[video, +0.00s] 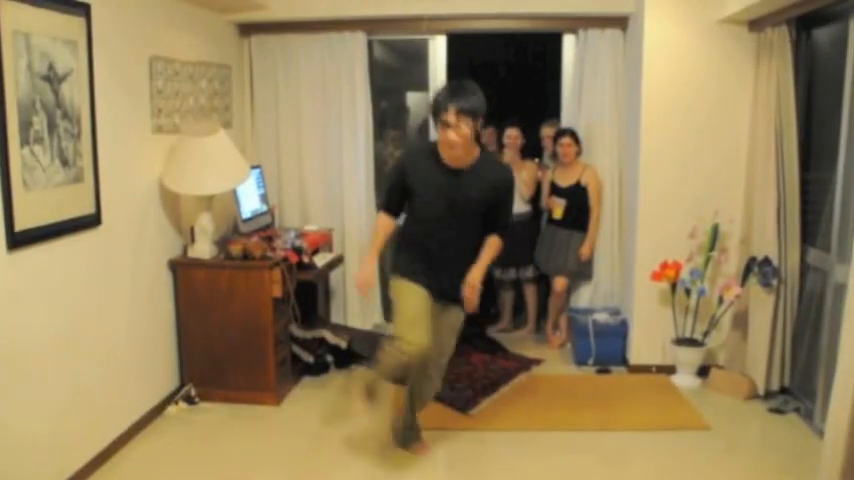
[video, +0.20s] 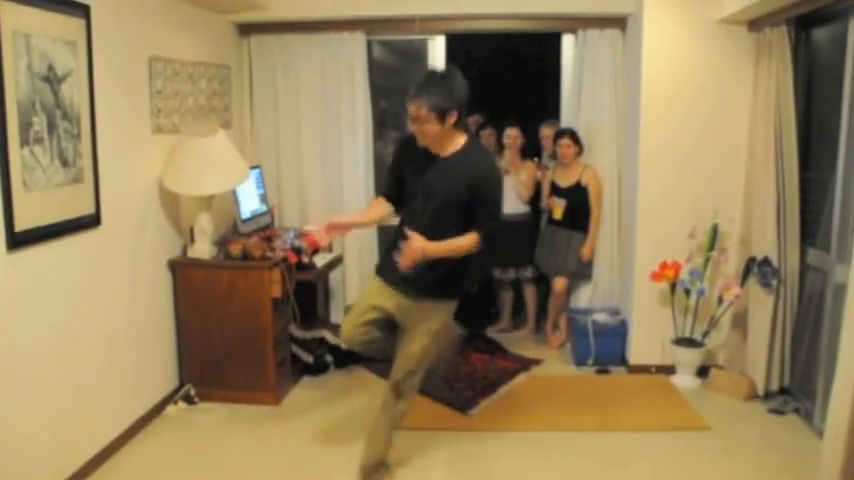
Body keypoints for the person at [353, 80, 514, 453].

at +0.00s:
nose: (453, 135)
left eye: (461, 126)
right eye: (446, 126)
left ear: (477, 127)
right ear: (435, 125)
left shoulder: (496, 175)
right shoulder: (415, 160)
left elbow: (497, 232)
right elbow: (389, 211)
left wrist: (475, 276)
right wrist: (370, 260)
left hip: (459, 277)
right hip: (412, 265)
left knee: (435, 361)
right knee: (415, 343)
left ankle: (408, 421)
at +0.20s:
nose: (414, 128)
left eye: (422, 120)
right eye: (412, 119)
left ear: (452, 118)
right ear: (410, 115)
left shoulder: (480, 167)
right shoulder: (411, 148)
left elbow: (483, 236)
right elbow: (388, 203)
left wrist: (430, 248)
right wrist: (347, 223)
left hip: (437, 298)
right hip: (391, 281)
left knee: (400, 383)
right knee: (353, 334)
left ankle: (373, 464)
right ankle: (426, 350)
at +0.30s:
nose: (405, 139)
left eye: (413, 131)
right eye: (403, 130)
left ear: (442, 130)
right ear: (403, 129)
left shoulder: (469, 184)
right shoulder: (410, 165)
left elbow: (451, 254)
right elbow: (394, 218)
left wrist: (395, 239)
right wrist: (354, 221)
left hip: (434, 303)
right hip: (394, 286)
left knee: (403, 383)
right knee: (364, 347)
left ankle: (375, 451)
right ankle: (452, 386)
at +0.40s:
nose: (396, 135)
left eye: (405, 125)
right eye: (394, 126)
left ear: (433, 128)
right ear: (393, 128)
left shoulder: (463, 180)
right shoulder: (401, 172)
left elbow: (444, 252)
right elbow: (400, 229)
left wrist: (382, 229)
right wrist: (377, 220)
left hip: (450, 305)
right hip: (412, 298)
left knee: (413, 382)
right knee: (414, 379)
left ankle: (387, 454)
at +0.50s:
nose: (399, 128)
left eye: (410, 119)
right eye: (396, 119)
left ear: (435, 123)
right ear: (391, 124)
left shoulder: (464, 171)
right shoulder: (399, 172)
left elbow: (458, 242)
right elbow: (383, 243)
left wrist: (395, 217)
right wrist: (367, 220)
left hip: (464, 297)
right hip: (429, 296)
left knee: (415, 371)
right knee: (449, 385)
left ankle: (418, 464)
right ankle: (490, 459)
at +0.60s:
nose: (401, 110)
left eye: (411, 101)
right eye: (397, 102)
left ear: (436, 106)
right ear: (393, 109)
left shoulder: (469, 150)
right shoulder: (394, 163)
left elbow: (473, 218)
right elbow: (388, 232)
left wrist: (435, 196)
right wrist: (356, 203)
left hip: (474, 275)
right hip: (431, 281)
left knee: (431, 342)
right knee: (447, 377)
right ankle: (486, 454)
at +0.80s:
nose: (406, 118)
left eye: (415, 107)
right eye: (400, 108)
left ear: (440, 109)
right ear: (394, 112)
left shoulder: (475, 150)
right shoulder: (399, 163)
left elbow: (479, 219)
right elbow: (408, 237)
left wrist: (443, 196)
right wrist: (398, 205)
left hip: (480, 284)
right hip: (431, 290)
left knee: (490, 362)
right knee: (459, 401)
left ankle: (501, 376)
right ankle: (492, 474)